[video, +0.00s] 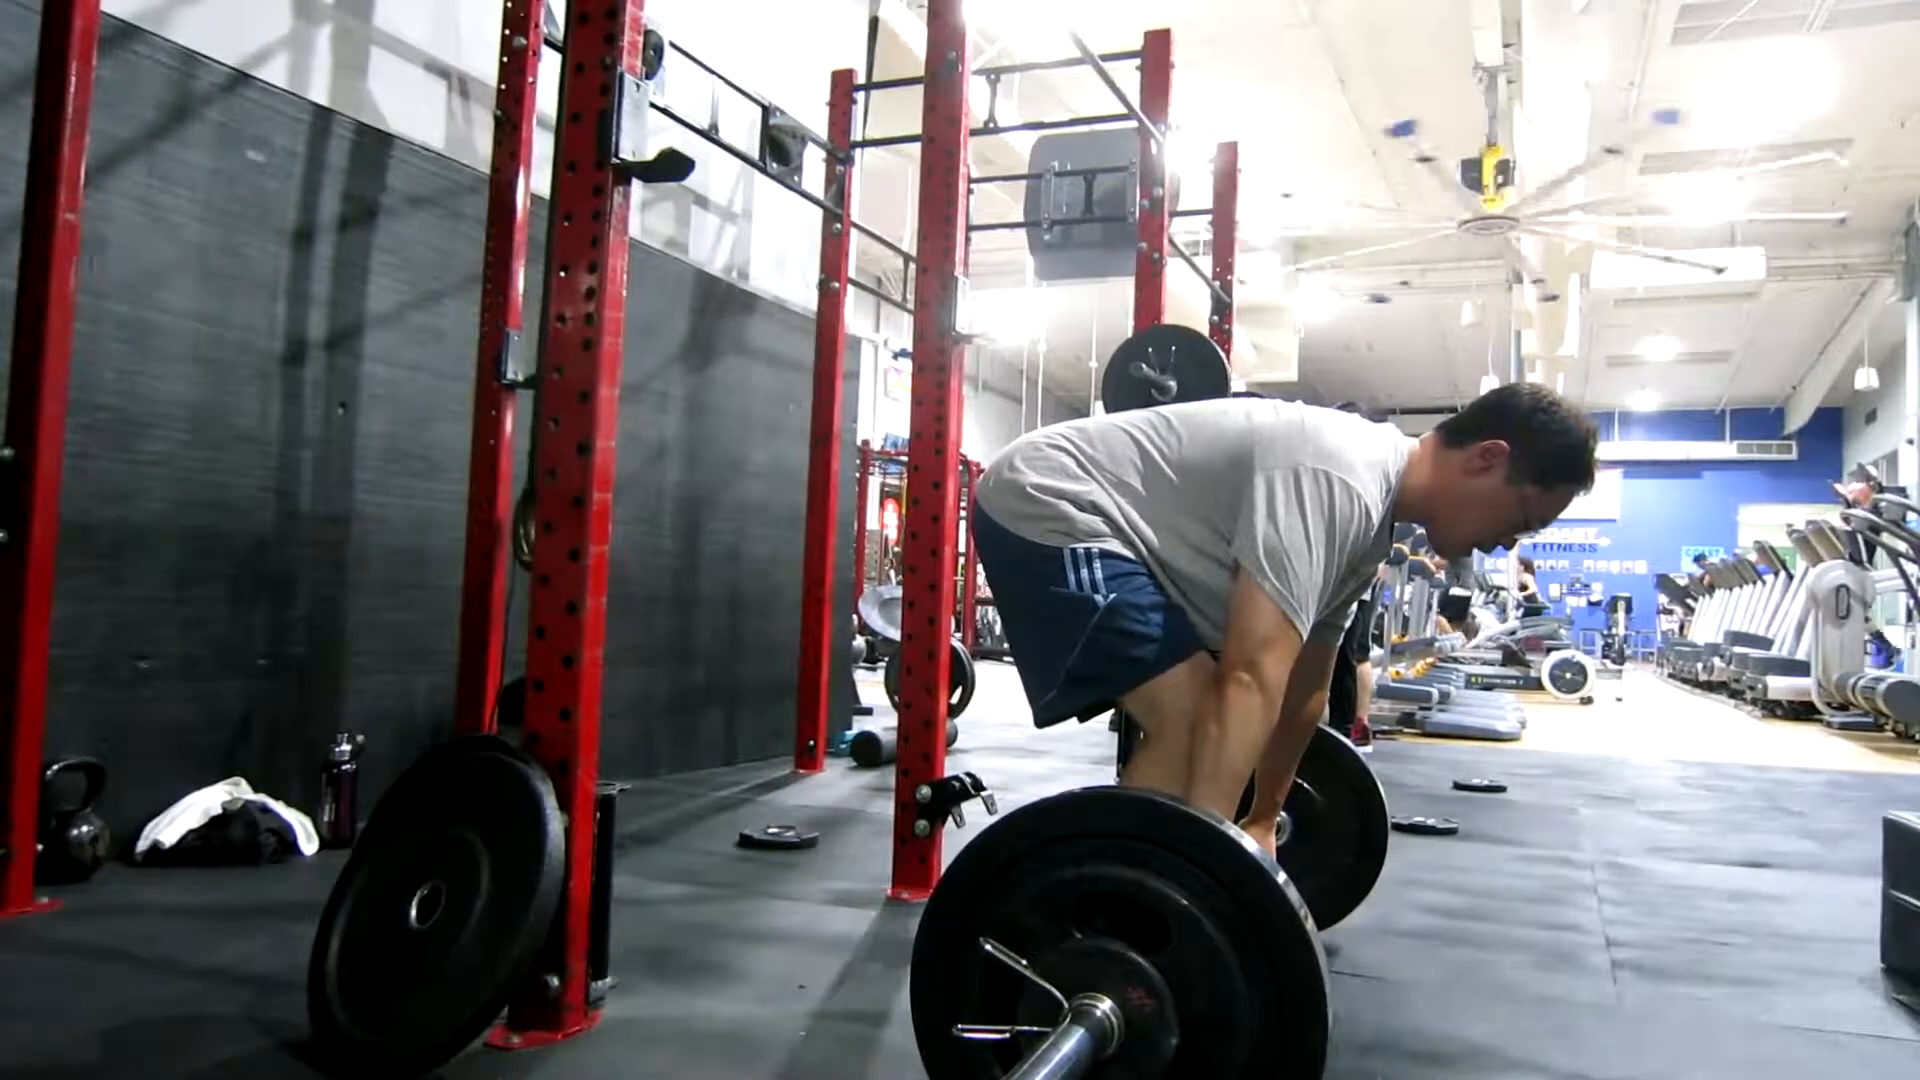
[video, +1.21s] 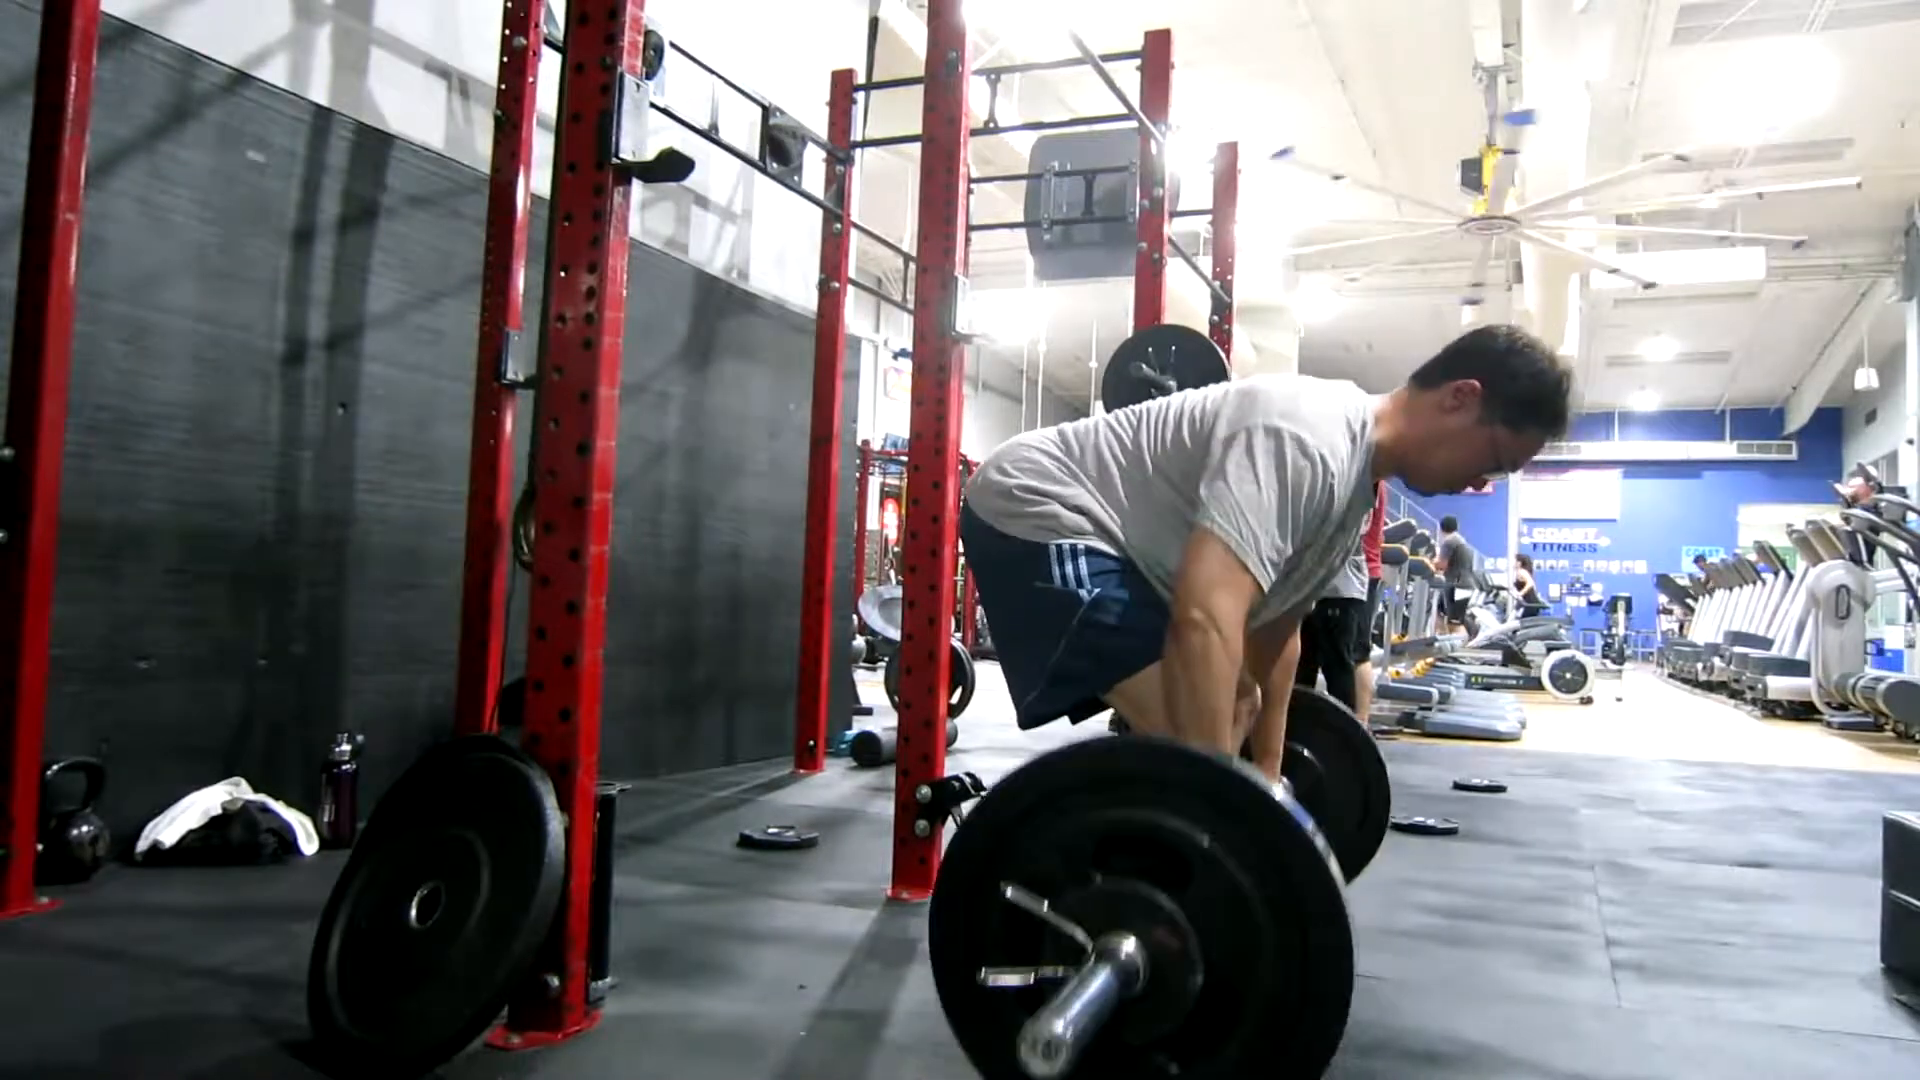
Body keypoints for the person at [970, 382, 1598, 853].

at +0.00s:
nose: (1506, 544)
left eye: (1524, 531)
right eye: (1520, 521)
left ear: (1487, 460)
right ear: (1488, 461)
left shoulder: (1369, 514)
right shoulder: (1334, 475)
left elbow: (1305, 691)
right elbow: (1247, 674)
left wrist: (1260, 821)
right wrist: (1192, 869)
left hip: (1096, 521)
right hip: (1051, 502)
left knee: (1190, 723)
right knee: (1202, 708)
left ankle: (1115, 909)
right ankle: (1151, 908)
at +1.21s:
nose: (1486, 486)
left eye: (1502, 473)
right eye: (1495, 461)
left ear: (1460, 403)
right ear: (1461, 402)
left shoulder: (1355, 487)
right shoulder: (1302, 436)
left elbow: (1276, 631)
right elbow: (1201, 617)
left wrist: (1266, 783)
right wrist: (1205, 812)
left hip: (1107, 535)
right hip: (1038, 507)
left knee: (1223, 716)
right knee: (1189, 730)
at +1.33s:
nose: (1485, 454)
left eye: (1504, 441)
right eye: (1498, 428)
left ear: (1463, 366)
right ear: (1464, 367)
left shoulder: (1350, 460)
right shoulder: (1311, 395)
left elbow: (1259, 594)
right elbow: (1187, 541)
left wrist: (1273, 738)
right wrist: (1211, 733)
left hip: (1110, 526)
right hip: (1045, 495)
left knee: (1134, 753)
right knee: (1109, 749)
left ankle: (1145, 998)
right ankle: (1106, 1009)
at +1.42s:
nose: (1482, 421)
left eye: (1500, 409)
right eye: (1494, 397)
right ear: (1463, 335)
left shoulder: (1341, 423)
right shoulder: (1309, 362)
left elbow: (1255, 550)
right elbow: (1183, 469)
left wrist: (1272, 694)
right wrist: (1203, 668)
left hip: (1120, 515)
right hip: (1049, 490)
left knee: (1185, 717)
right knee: (1110, 734)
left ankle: (1176, 948)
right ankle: (1102, 985)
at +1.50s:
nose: (1474, 387)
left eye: (1491, 374)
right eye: (1488, 364)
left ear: (1455, 300)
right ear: (1457, 298)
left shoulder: (1350, 389)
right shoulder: (1308, 321)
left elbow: (1257, 500)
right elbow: (1170, 413)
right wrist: (1212, 589)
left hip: (1113, 502)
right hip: (1045, 485)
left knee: (1183, 703)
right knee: (1148, 715)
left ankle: (1161, 932)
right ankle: (1103, 980)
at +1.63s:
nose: (1468, 365)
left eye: (1487, 354)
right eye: (1483, 342)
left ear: (1448, 279)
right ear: (1450, 274)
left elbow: (1336, 529)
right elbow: (1154, 321)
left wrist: (1350, 663)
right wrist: (1212, 473)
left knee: (1211, 717)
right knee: (1163, 725)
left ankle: (1163, 932)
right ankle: (1103, 980)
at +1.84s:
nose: (1486, 458)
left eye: (1507, 446)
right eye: (1503, 435)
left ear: (1472, 366)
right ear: (1476, 366)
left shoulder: (1371, 397)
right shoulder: (1346, 336)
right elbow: (1168, 271)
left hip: (1200, 555)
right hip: (1133, 533)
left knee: (1220, 724)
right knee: (1172, 733)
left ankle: (1162, 939)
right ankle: (1102, 981)